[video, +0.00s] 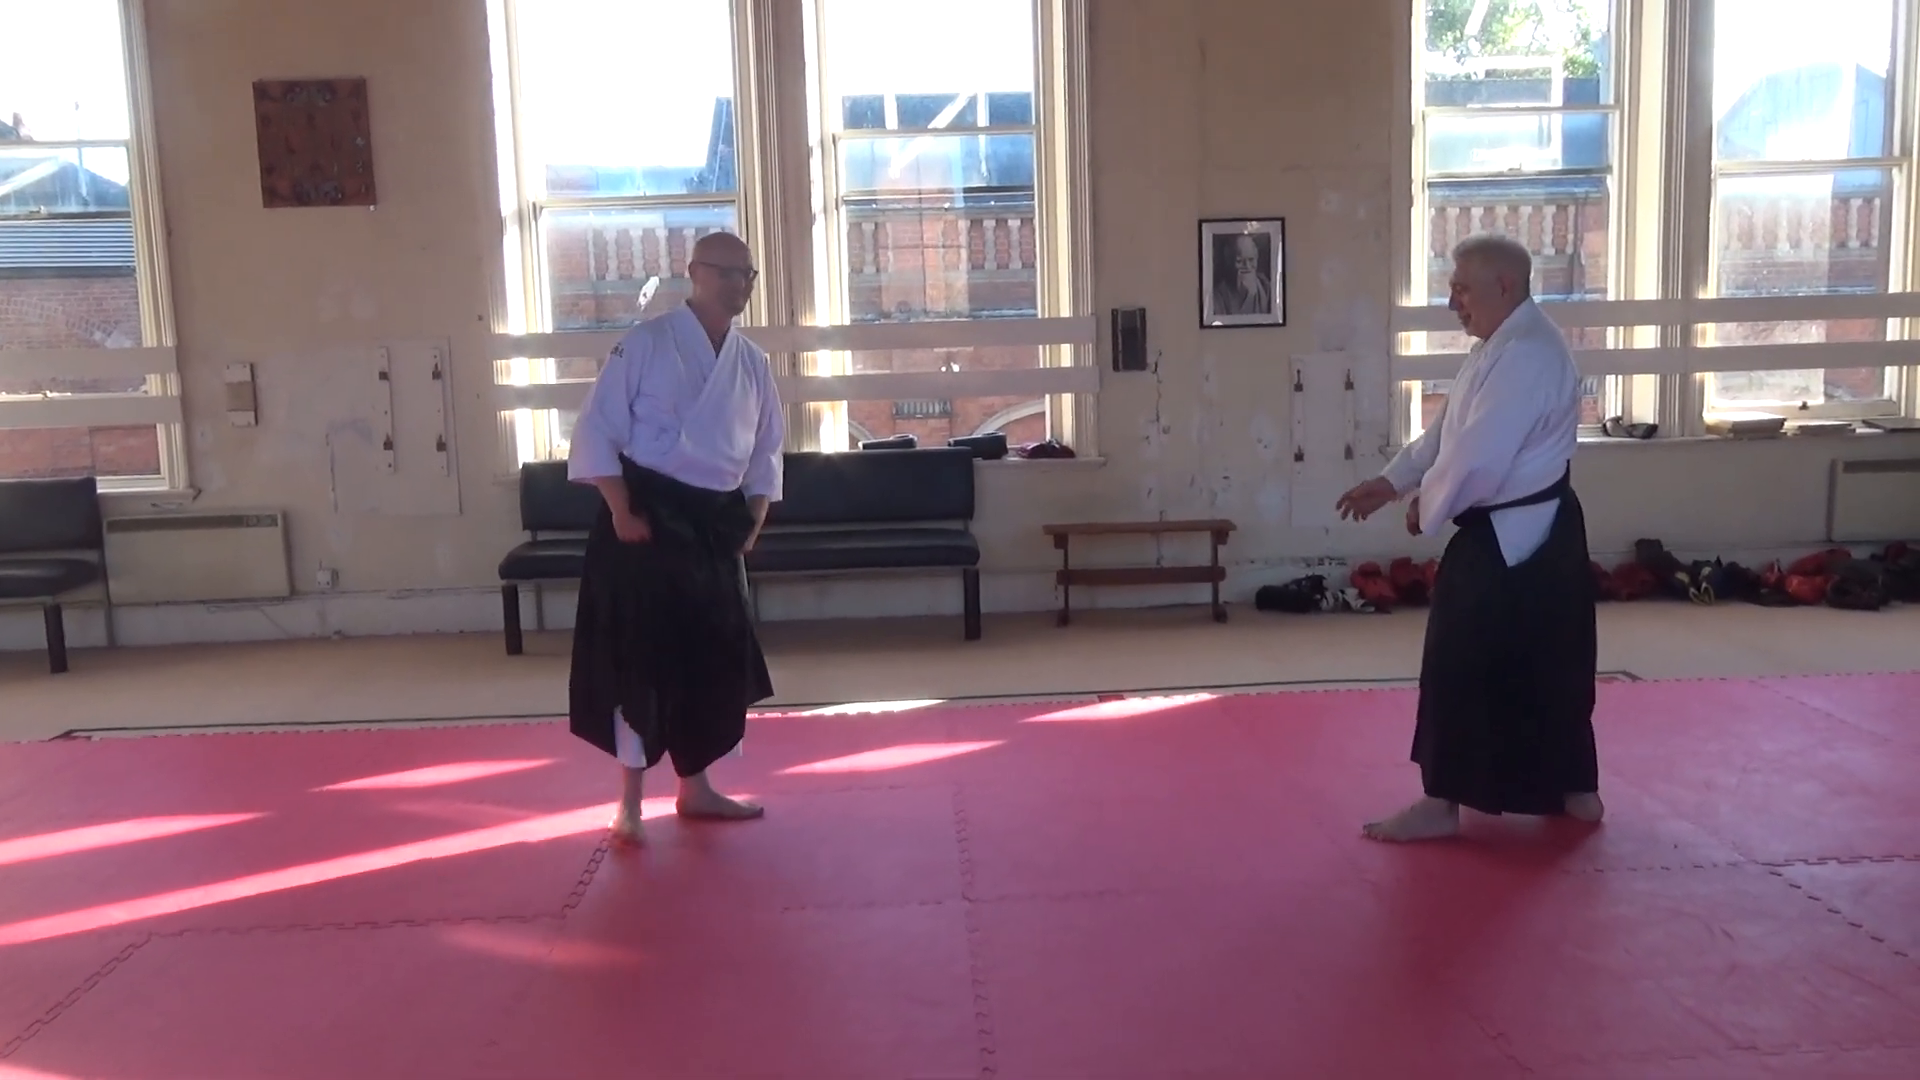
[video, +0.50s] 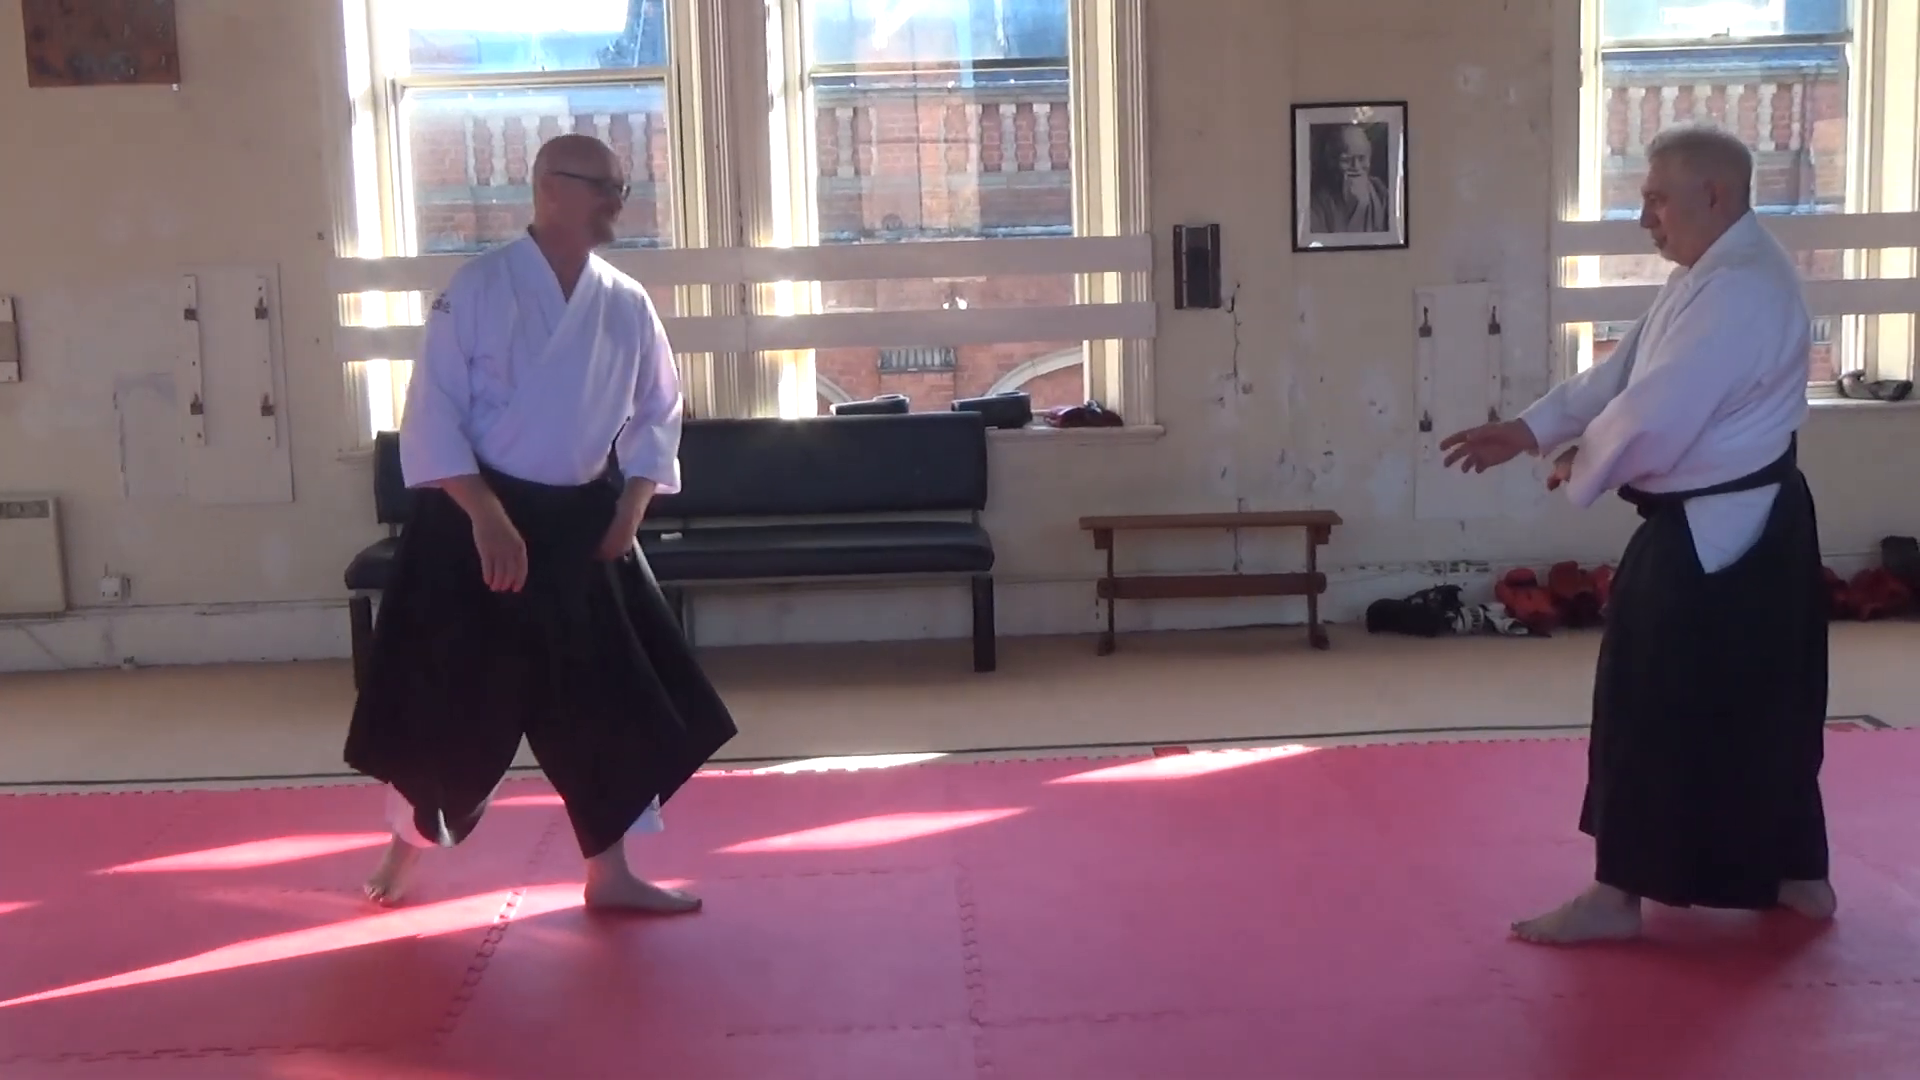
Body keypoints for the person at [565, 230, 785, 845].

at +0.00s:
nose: (743, 284)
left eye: (749, 274)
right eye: (730, 272)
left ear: (752, 280)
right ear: (695, 273)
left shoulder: (753, 363)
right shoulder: (646, 342)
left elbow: (767, 449)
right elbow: (595, 429)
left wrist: (754, 518)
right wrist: (620, 507)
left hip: (716, 519)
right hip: (645, 510)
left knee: (711, 652)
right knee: (640, 652)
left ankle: (695, 787)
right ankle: (630, 799)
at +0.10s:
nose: (737, 284)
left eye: (743, 274)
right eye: (724, 272)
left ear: (747, 281)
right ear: (690, 272)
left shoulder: (750, 363)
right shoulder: (638, 342)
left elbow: (764, 447)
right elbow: (589, 428)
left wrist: (747, 516)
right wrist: (617, 502)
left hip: (710, 520)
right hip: (637, 511)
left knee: (704, 654)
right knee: (625, 651)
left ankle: (692, 791)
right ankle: (602, 790)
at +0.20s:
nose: (722, 270)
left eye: (728, 260)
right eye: (709, 257)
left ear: (731, 268)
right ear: (671, 256)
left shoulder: (732, 353)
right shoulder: (615, 331)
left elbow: (750, 440)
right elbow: (567, 424)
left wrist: (731, 514)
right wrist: (605, 497)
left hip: (689, 518)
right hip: (610, 511)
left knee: (683, 661)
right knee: (602, 658)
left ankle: (675, 807)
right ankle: (562, 787)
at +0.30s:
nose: (697, 245)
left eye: (702, 234)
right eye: (683, 232)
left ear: (699, 241)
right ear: (639, 232)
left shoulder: (703, 335)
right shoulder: (575, 313)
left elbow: (721, 431)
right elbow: (526, 421)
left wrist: (700, 508)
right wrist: (576, 501)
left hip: (656, 517)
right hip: (568, 509)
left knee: (649, 673)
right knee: (550, 665)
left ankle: (651, 830)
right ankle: (503, 804)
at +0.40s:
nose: (661, 220)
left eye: (665, 208)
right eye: (647, 205)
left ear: (658, 218)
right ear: (597, 208)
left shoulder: (666, 316)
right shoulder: (527, 296)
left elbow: (690, 421)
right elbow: (477, 419)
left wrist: (662, 511)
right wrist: (528, 510)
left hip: (619, 519)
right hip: (521, 512)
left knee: (628, 686)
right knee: (498, 683)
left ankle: (625, 856)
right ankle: (442, 824)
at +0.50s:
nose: (615, 200)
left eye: (620, 188)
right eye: (600, 185)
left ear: (618, 200)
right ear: (546, 190)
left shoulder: (628, 303)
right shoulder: (478, 289)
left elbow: (656, 413)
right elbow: (430, 418)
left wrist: (629, 508)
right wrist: (484, 512)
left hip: (580, 521)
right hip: (474, 516)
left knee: (597, 694)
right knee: (446, 689)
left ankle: (608, 872)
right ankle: (407, 842)